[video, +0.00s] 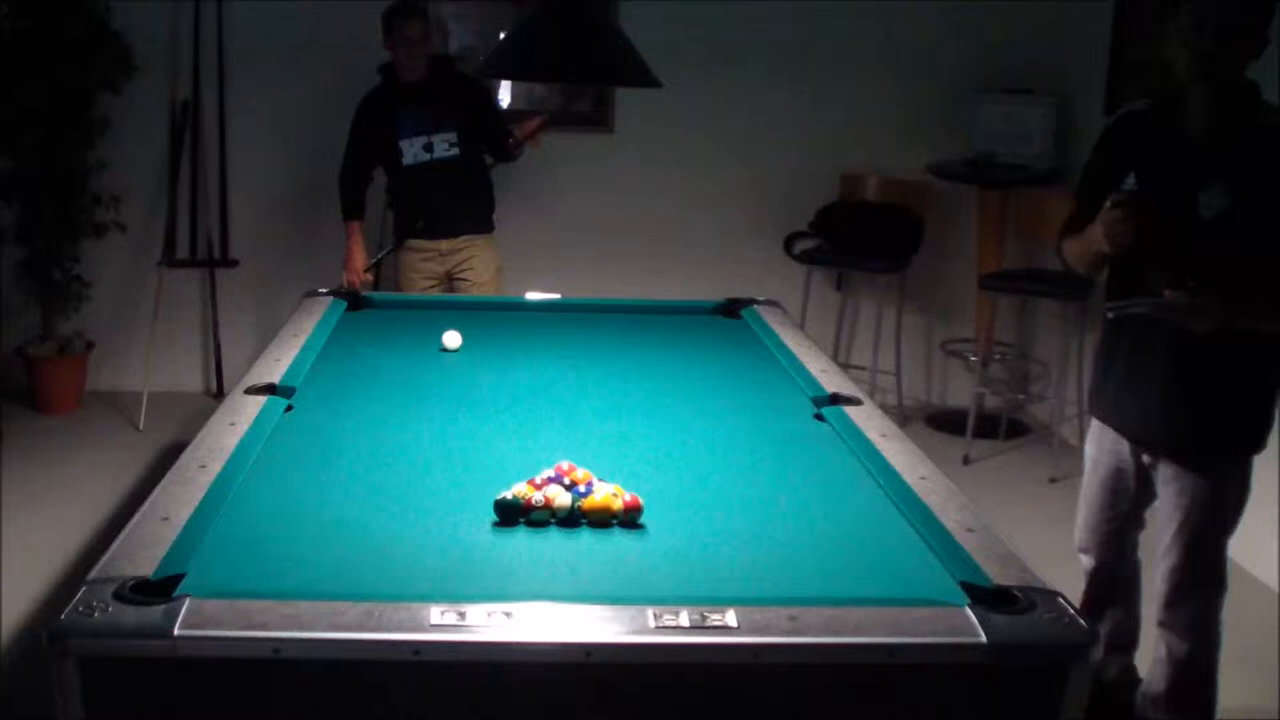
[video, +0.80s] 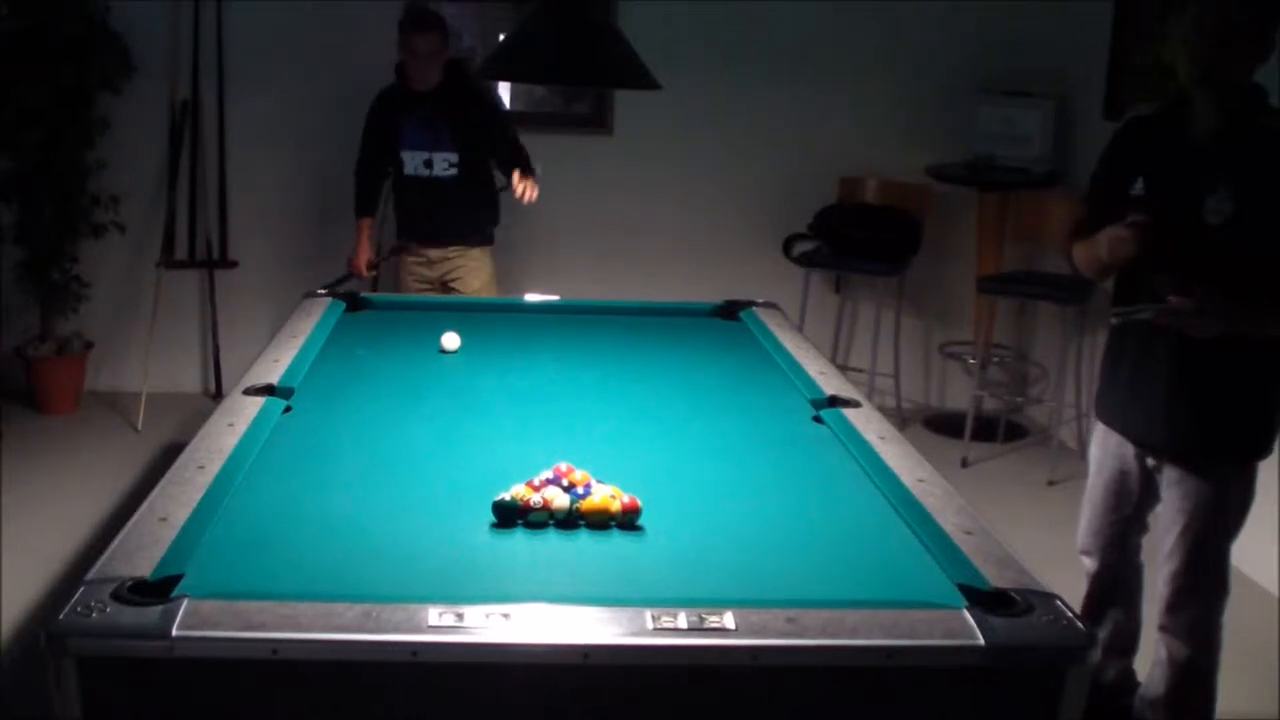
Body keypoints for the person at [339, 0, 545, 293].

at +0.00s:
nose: (413, 52)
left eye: (420, 41)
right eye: (404, 43)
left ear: (432, 41)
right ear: (389, 45)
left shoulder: (464, 88)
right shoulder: (377, 104)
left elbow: (499, 150)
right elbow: (353, 176)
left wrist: (517, 139)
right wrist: (355, 247)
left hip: (473, 244)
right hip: (415, 249)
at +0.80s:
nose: (423, 61)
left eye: (431, 52)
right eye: (414, 52)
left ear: (445, 50)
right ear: (401, 52)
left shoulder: (472, 95)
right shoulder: (389, 103)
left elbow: (504, 139)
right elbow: (369, 172)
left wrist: (521, 172)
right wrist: (363, 240)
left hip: (470, 252)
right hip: (413, 253)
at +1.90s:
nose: (426, 201)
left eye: (435, 192)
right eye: (419, 192)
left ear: (450, 175)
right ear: (406, 180)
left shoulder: (469, 193)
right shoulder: (403, 161)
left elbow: (488, 261)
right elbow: (388, 149)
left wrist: (459, 305)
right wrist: (395, 211)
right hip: (432, 243)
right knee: (430, 311)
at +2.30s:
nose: (420, 216)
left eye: (430, 206)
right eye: (412, 206)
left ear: (445, 191)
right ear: (400, 195)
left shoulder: (468, 207)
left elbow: (487, 275)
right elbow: (385, 153)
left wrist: (459, 309)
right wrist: (389, 217)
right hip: (435, 245)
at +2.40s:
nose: (420, 219)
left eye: (429, 209)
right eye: (412, 210)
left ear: (444, 194)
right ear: (399, 201)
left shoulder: (468, 210)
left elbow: (489, 275)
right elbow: (383, 151)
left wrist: (460, 309)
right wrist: (384, 206)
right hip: (435, 246)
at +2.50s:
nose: (419, 219)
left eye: (428, 209)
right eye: (411, 210)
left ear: (443, 194)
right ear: (399, 202)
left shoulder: (468, 210)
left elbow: (490, 275)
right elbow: (383, 150)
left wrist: (460, 310)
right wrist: (387, 212)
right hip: (434, 246)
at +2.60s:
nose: (417, 218)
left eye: (427, 208)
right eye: (409, 208)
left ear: (442, 193)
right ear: (398, 199)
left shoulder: (467, 210)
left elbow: (488, 273)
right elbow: (385, 153)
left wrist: (459, 310)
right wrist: (389, 220)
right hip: (435, 247)